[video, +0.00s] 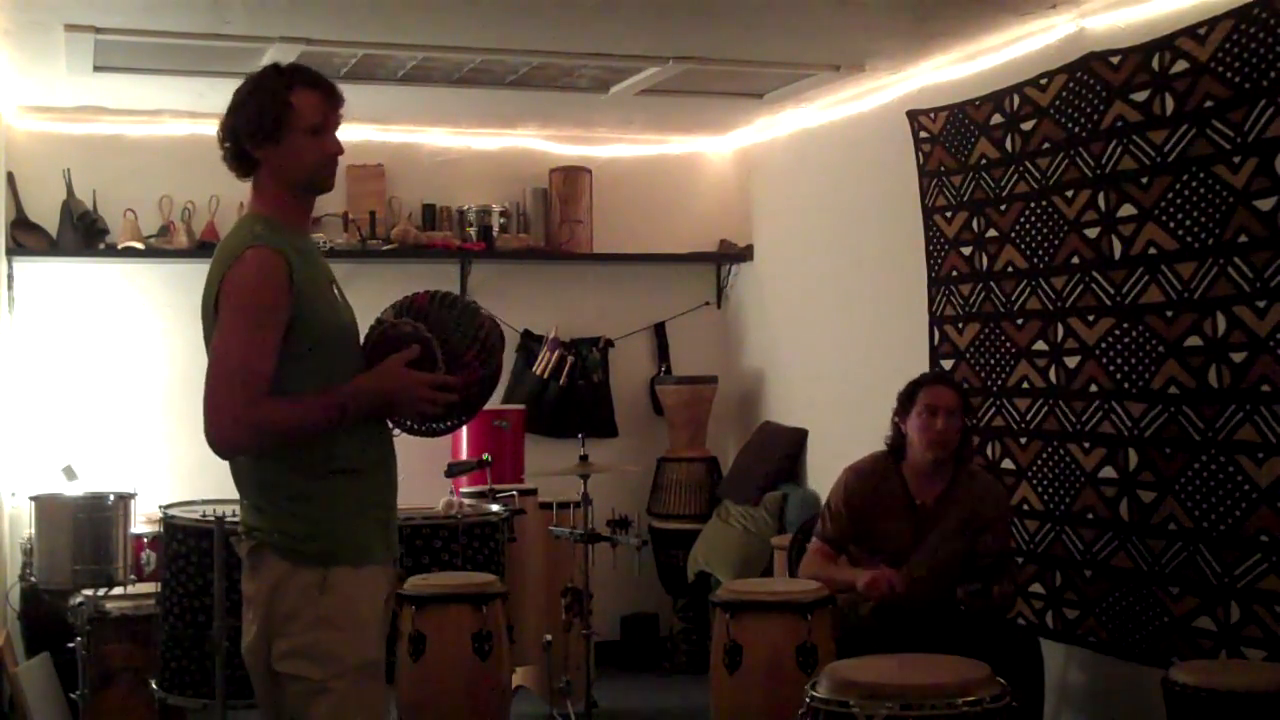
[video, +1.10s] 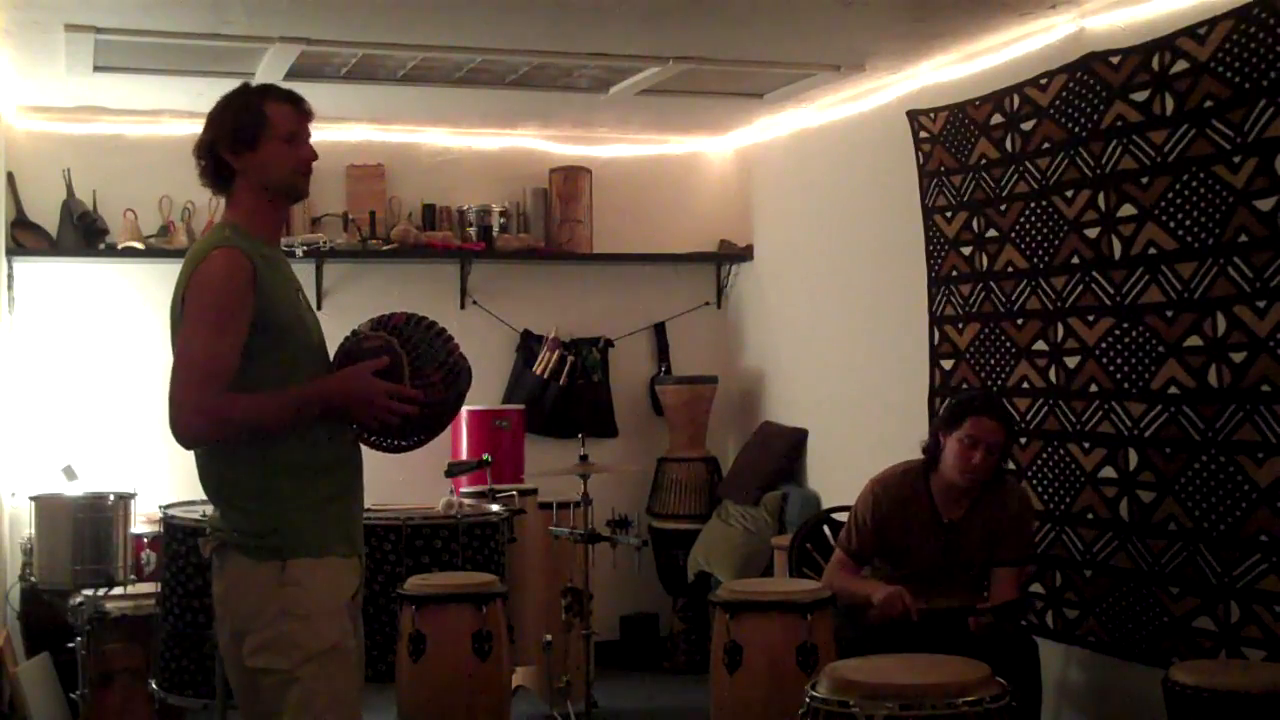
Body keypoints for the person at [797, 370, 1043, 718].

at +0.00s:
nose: (941, 425)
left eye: (952, 415)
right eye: (930, 413)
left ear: (962, 426)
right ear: (903, 421)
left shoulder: (985, 492)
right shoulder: (861, 481)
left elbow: (1002, 583)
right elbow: (811, 566)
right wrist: (858, 577)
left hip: (953, 622)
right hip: (873, 622)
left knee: (1019, 646)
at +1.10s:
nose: (978, 459)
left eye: (991, 451)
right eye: (969, 443)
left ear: (1001, 457)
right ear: (942, 436)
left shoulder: (1009, 503)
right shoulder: (888, 491)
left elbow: (1006, 593)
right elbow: (834, 575)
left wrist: (991, 615)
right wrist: (876, 590)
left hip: (967, 626)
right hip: (894, 621)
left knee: (1019, 650)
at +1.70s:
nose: (1001, 475)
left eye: (1008, 465)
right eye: (994, 461)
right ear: (959, 447)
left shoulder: (1009, 504)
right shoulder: (889, 491)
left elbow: (1006, 597)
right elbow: (832, 576)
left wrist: (994, 619)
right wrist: (879, 581)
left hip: (963, 623)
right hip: (889, 621)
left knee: (1019, 649)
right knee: (853, 626)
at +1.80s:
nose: (996, 474)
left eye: (1004, 464)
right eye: (988, 459)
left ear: (1010, 462)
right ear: (953, 445)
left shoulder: (1010, 504)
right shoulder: (888, 492)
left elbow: (1006, 590)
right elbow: (833, 575)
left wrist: (992, 616)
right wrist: (874, 585)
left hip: (961, 619)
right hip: (888, 616)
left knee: (1018, 649)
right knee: (852, 626)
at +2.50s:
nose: (950, 444)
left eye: (967, 437)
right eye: (947, 429)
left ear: (989, 454)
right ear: (936, 431)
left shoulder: (1005, 505)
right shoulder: (884, 488)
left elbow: (1004, 590)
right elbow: (831, 575)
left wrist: (988, 612)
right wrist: (877, 582)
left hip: (960, 625)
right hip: (886, 620)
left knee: (1016, 650)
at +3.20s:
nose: (966, 454)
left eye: (982, 445)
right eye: (960, 438)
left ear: (1000, 457)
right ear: (942, 438)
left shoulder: (1009, 502)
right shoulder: (889, 487)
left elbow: (1004, 593)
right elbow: (833, 574)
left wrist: (986, 614)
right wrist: (881, 577)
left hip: (961, 621)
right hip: (887, 616)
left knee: (1014, 648)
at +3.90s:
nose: (934, 395)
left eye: (948, 386)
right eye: (924, 386)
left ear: (973, 408)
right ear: (909, 402)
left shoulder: (997, 488)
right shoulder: (869, 464)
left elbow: (1022, 582)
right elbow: (776, 507)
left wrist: (980, 585)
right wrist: (838, 551)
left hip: (955, 621)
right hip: (874, 616)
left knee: (1005, 677)